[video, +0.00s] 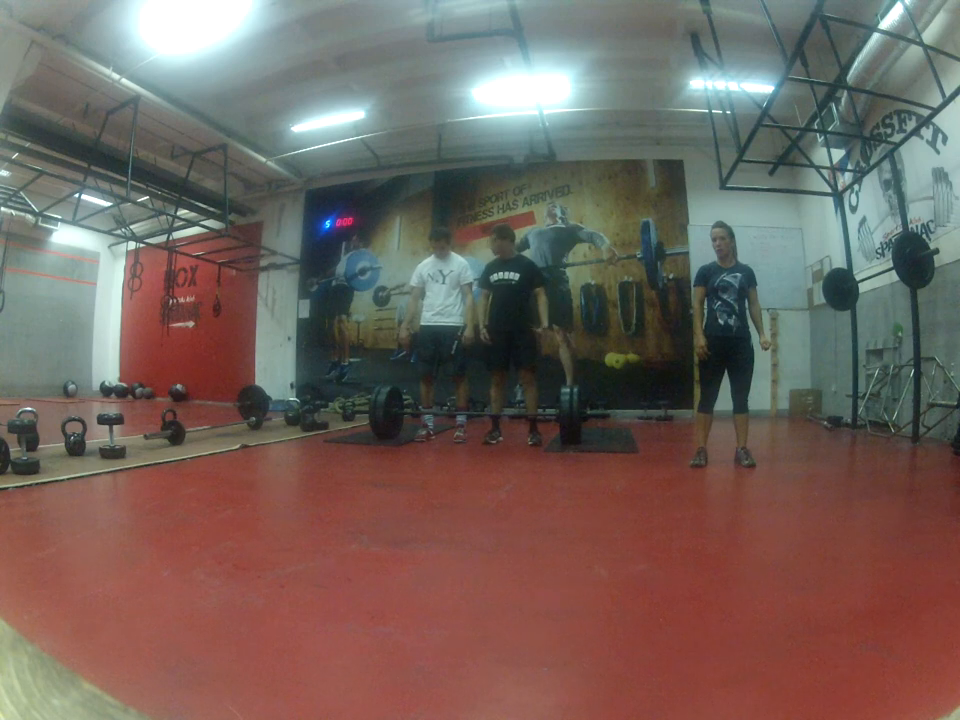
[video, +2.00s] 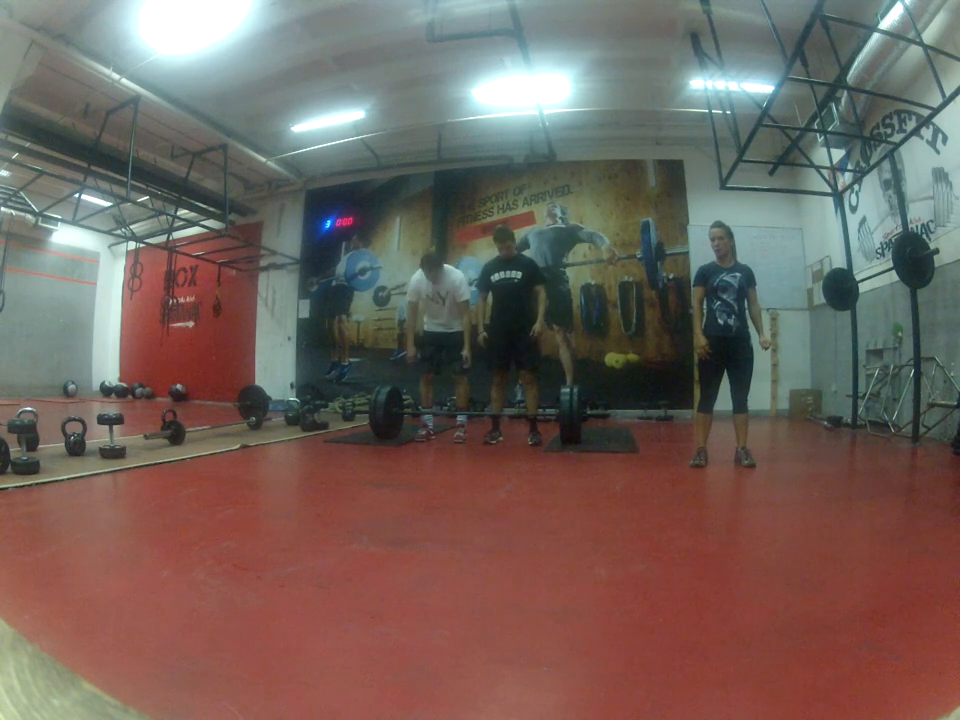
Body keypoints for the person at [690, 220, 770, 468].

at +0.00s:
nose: (718, 243)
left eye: (722, 239)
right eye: (714, 240)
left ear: (732, 241)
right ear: (711, 244)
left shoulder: (746, 272)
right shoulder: (705, 272)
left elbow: (754, 305)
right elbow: (697, 306)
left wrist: (761, 333)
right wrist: (698, 336)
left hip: (740, 343)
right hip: (712, 342)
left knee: (740, 399)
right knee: (707, 399)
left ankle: (742, 449)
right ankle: (701, 450)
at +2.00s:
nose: (717, 243)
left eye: (721, 238)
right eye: (713, 240)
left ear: (731, 241)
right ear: (710, 244)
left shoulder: (745, 272)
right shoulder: (704, 272)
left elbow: (753, 305)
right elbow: (697, 306)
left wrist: (761, 333)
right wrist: (698, 335)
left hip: (739, 343)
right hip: (711, 342)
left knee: (740, 399)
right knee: (706, 398)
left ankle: (742, 449)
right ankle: (701, 449)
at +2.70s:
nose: (707, 245)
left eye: (710, 240)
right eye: (705, 241)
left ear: (726, 241)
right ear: (710, 244)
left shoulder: (745, 271)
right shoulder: (704, 272)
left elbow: (754, 305)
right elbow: (697, 306)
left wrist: (761, 332)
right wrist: (697, 335)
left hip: (739, 342)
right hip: (711, 342)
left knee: (740, 399)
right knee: (706, 399)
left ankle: (742, 449)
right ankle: (701, 449)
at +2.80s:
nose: (707, 245)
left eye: (710, 240)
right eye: (705, 241)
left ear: (726, 241)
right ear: (710, 244)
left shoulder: (745, 271)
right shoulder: (704, 272)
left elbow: (754, 304)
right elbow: (697, 306)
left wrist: (761, 333)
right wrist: (697, 335)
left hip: (739, 342)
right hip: (711, 342)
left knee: (740, 399)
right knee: (706, 399)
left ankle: (742, 449)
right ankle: (701, 449)